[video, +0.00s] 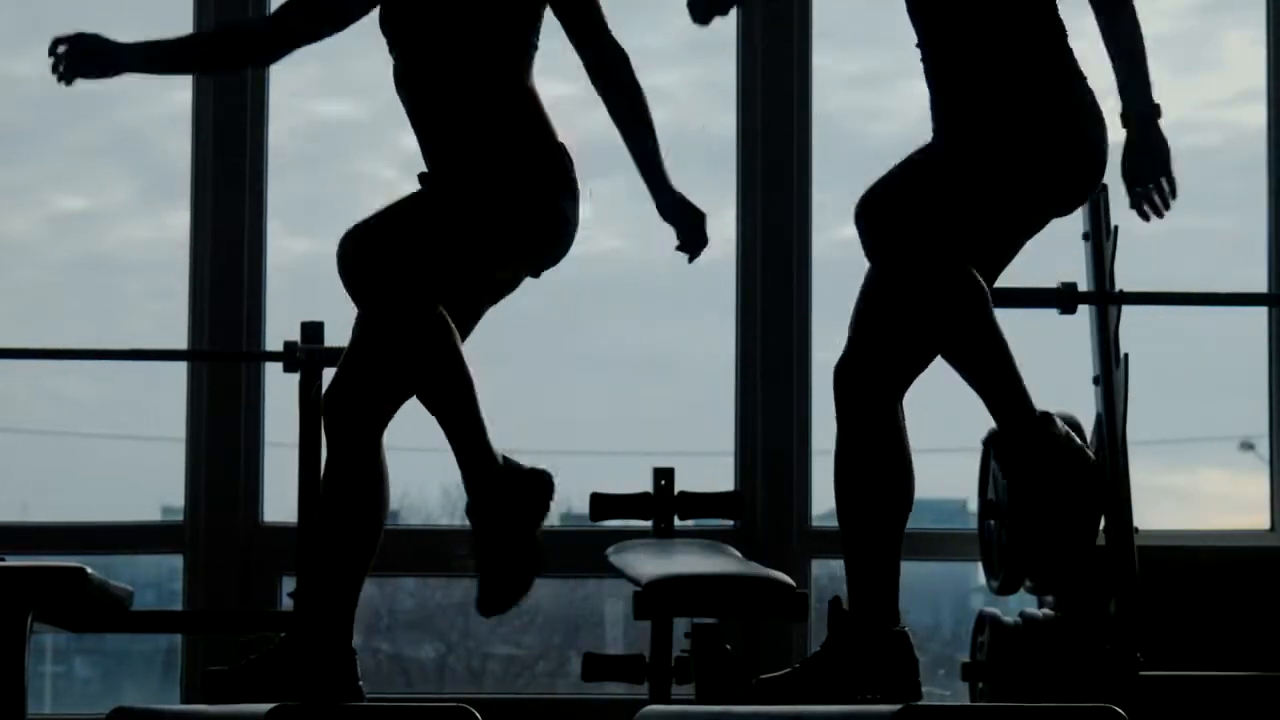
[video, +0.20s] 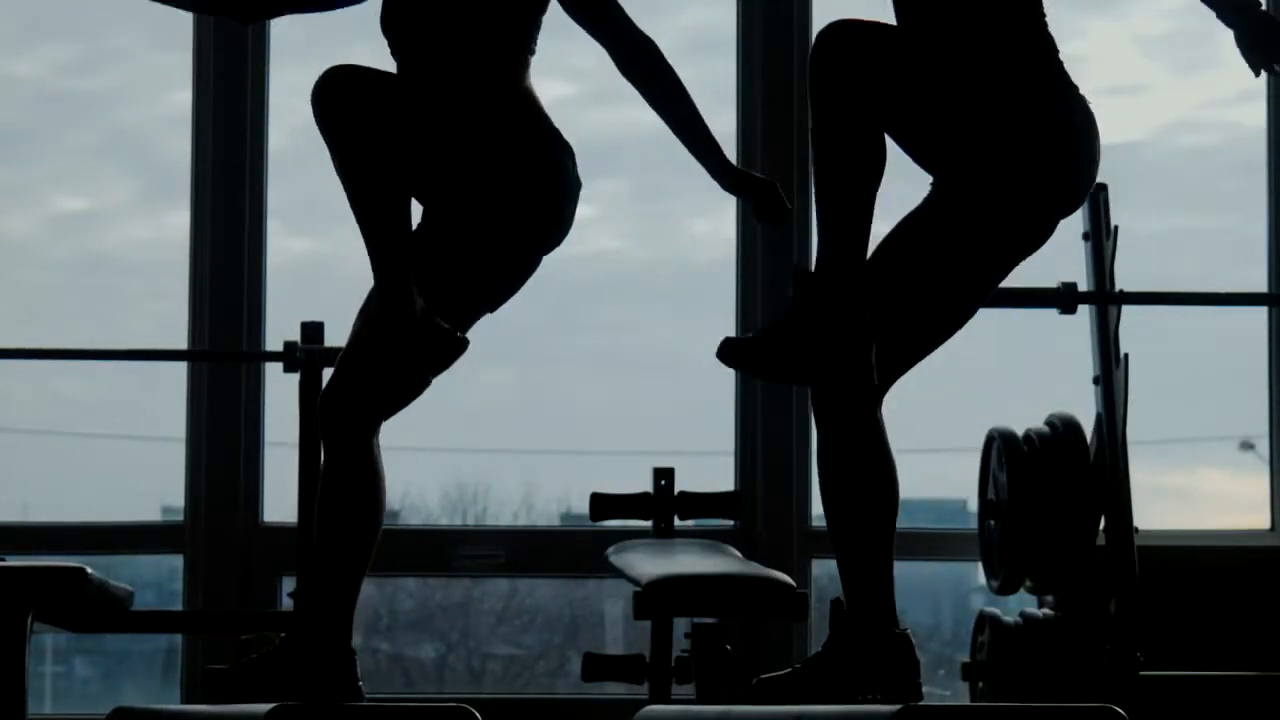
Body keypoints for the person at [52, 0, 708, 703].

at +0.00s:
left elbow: (605, 60)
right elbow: (259, 44)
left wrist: (661, 188)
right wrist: (122, 57)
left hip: (525, 192)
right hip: (455, 199)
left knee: (368, 252)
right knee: (348, 413)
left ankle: (494, 489)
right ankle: (321, 654)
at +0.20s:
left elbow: (634, 50)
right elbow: (252, 9)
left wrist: (726, 172)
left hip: (518, 180)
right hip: (444, 157)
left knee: (343, 416)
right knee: (339, 88)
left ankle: (323, 654)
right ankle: (407, 304)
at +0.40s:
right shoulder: (434, 8)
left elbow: (592, 100)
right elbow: (370, 110)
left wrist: (584, 219)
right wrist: (270, 199)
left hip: (541, 219)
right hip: (471, 220)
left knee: (448, 349)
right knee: (377, 416)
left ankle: (589, 525)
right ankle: (326, 646)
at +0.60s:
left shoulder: (619, 14)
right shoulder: (569, 26)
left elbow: (533, 103)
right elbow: (566, 203)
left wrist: (406, 122)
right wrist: (563, 341)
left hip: (636, 285)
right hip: (563, 283)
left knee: (687, 504)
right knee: (414, 430)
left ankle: (794, 670)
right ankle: (327, 651)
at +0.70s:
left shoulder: (667, 65)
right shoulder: (619, 80)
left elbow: (551, 117)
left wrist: (411, 89)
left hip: (702, 336)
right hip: (627, 331)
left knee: (761, 555)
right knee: (452, 426)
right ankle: (347, 642)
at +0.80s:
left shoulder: (687, 54)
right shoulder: (649, 59)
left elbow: (609, 156)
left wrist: (463, 125)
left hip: (725, 335)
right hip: (666, 328)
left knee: (773, 557)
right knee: (482, 420)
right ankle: (410, 646)